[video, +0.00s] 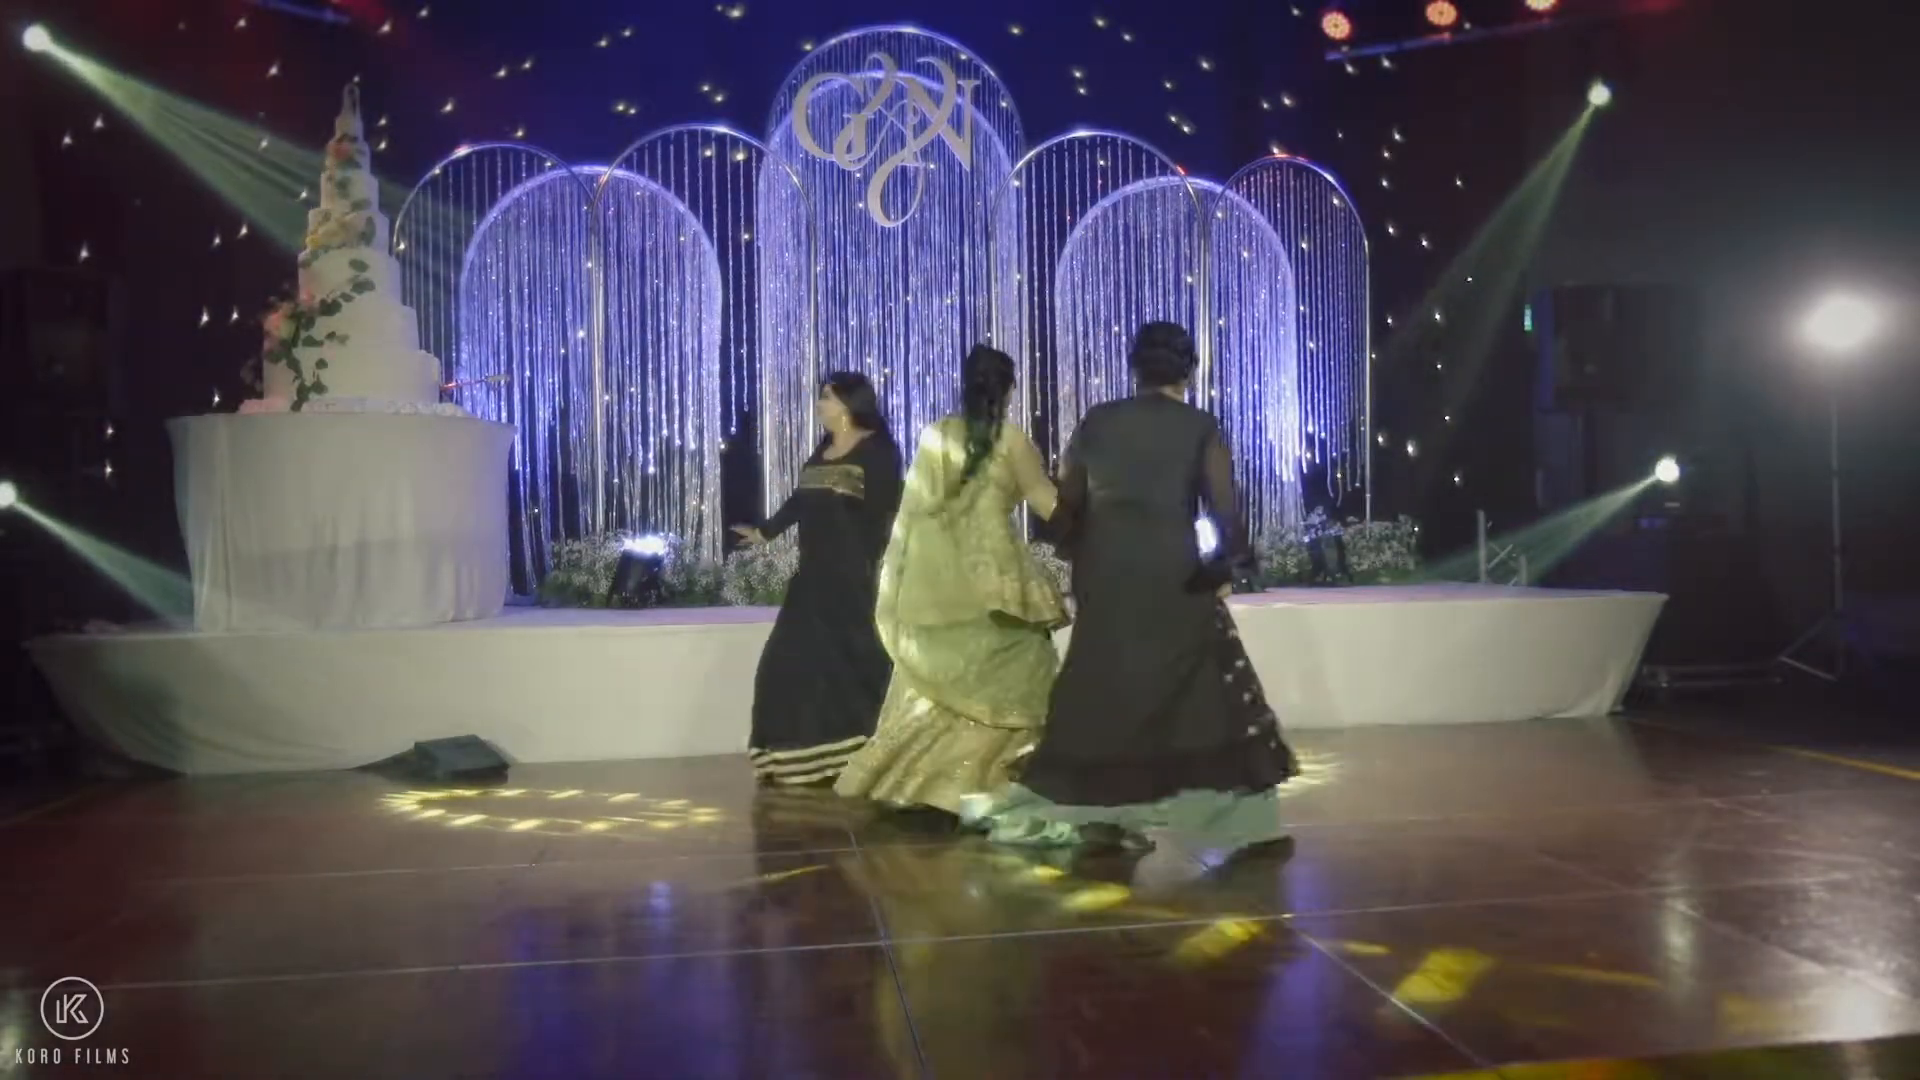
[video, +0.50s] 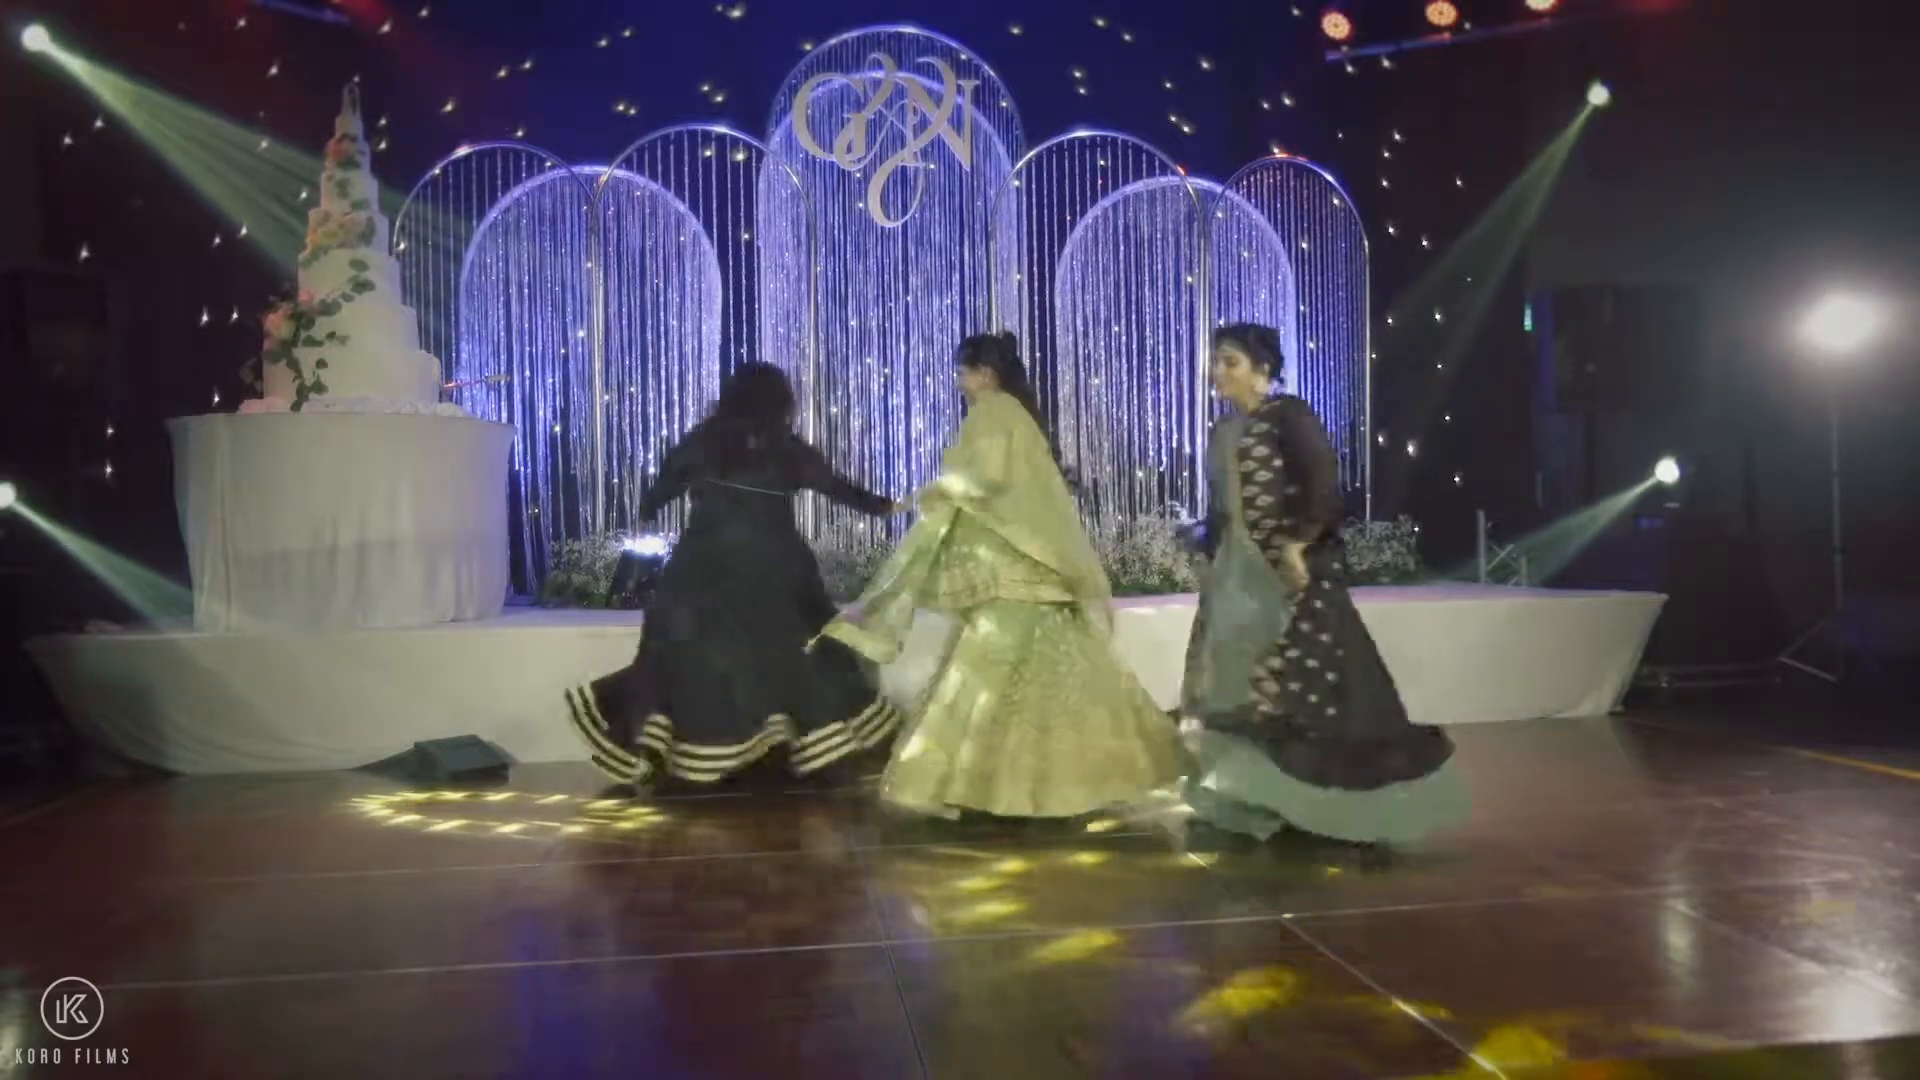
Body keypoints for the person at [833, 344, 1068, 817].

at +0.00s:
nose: (1006, 392)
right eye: (1007, 385)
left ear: (965, 385)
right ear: (1007, 389)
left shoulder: (934, 436)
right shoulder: (1012, 442)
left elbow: (908, 516)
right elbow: (1053, 509)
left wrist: (889, 584)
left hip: (930, 582)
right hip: (989, 581)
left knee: (930, 680)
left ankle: (916, 785)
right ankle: (979, 785)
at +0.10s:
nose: (1003, 391)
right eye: (1007, 383)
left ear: (966, 384)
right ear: (1011, 385)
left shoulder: (939, 435)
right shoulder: (1026, 439)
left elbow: (905, 513)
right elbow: (1053, 512)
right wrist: (1087, 533)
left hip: (944, 586)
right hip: (1007, 586)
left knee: (940, 684)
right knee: (1011, 687)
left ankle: (936, 793)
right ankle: (1006, 798)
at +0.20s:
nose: (966, 383)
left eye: (966, 376)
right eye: (971, 376)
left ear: (970, 377)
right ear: (1011, 376)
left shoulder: (947, 423)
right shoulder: (1033, 427)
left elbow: (915, 490)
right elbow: (1059, 505)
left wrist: (896, 531)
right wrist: (1079, 565)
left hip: (964, 568)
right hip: (1028, 568)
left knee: (961, 673)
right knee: (1030, 672)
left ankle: (960, 790)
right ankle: (1028, 788)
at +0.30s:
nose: (962, 383)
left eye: (965, 375)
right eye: (964, 375)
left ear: (978, 375)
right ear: (1009, 377)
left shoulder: (965, 412)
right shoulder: (1031, 424)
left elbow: (927, 480)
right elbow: (1053, 505)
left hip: (978, 571)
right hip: (1037, 571)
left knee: (971, 678)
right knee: (1037, 677)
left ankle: (979, 791)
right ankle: (1045, 788)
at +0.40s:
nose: (961, 380)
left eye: (964, 371)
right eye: (962, 371)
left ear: (982, 371)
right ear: (1003, 369)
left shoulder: (974, 409)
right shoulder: (1024, 413)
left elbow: (960, 474)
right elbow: (1049, 487)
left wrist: (929, 502)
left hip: (997, 558)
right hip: (1050, 555)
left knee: (998, 678)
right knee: (1052, 674)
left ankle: (1009, 795)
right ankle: (1051, 796)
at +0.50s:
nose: (959, 381)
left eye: (965, 372)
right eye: (959, 372)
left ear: (989, 372)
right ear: (993, 373)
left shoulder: (993, 413)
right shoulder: (1009, 412)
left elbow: (985, 476)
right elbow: (989, 482)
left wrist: (932, 493)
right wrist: (943, 490)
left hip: (1012, 574)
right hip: (1032, 570)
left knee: (995, 686)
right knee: (1033, 689)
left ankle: (1004, 795)